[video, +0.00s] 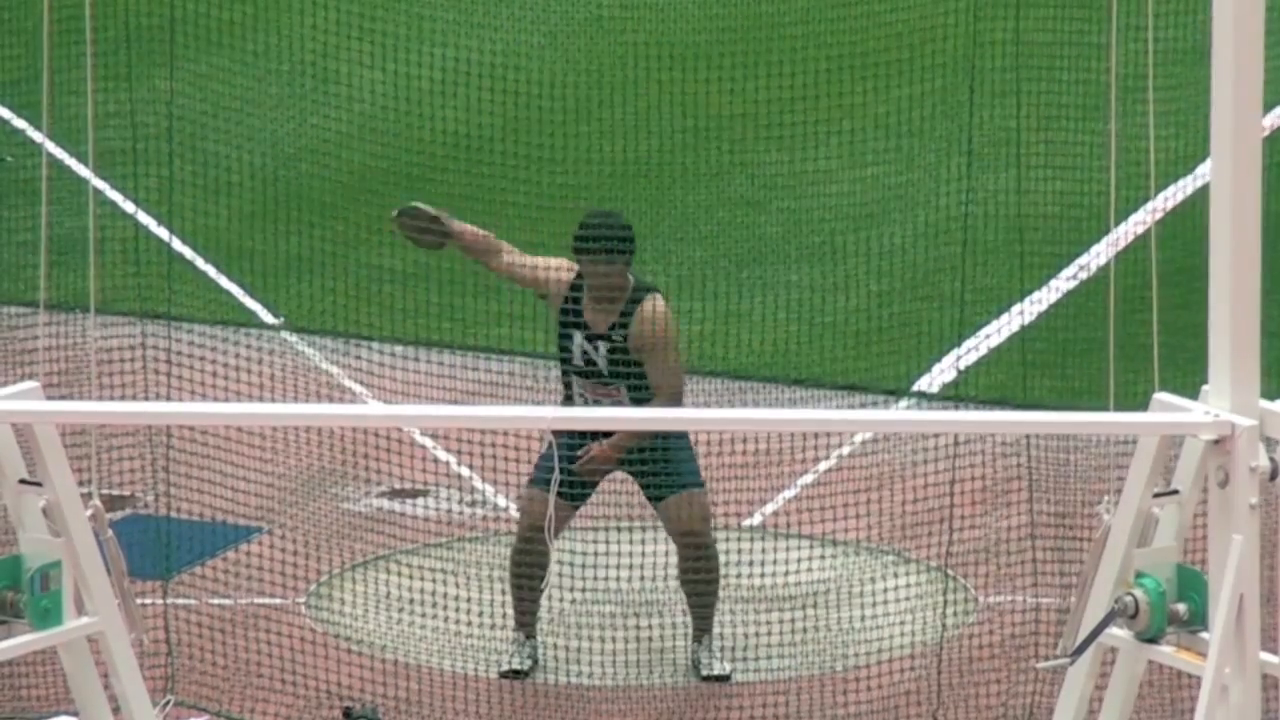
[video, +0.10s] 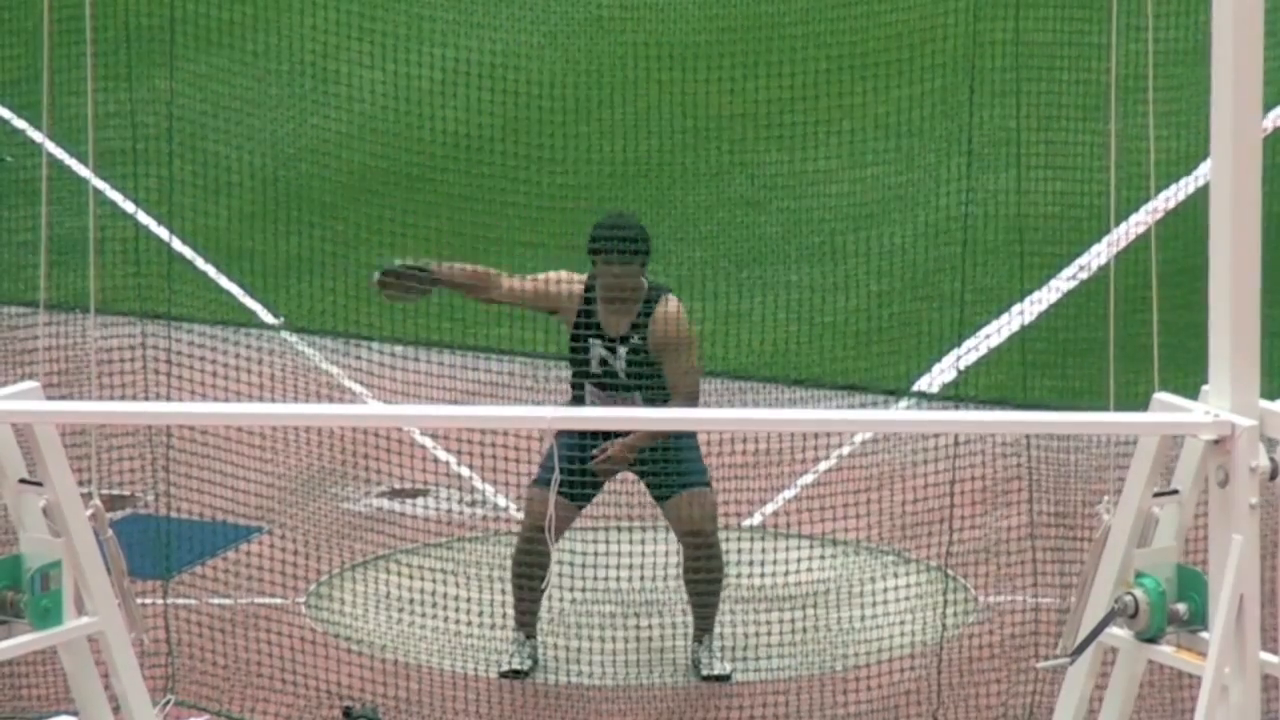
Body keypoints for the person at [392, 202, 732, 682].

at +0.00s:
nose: (601, 279)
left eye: (610, 270)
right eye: (592, 269)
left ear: (628, 265)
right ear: (580, 263)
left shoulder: (651, 314)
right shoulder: (561, 281)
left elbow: (669, 404)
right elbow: (500, 256)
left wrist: (616, 446)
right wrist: (449, 228)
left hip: (650, 431)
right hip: (583, 428)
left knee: (695, 533)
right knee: (532, 525)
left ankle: (705, 642)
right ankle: (525, 640)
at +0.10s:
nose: (617, 275)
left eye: (627, 265)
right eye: (608, 264)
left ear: (643, 266)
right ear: (594, 264)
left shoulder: (667, 316)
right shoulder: (569, 292)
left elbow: (687, 403)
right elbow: (498, 285)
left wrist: (634, 442)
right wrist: (429, 273)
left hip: (661, 431)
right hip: (588, 427)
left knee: (701, 531)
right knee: (536, 526)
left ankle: (705, 643)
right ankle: (524, 642)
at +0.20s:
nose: (632, 274)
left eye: (642, 264)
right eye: (623, 263)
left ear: (657, 267)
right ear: (607, 264)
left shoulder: (684, 316)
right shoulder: (581, 306)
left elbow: (703, 397)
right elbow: (512, 333)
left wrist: (654, 442)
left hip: (669, 429)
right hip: (596, 427)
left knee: (705, 529)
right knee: (542, 524)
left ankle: (706, 643)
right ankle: (524, 641)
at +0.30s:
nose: (644, 276)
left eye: (655, 266)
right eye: (635, 265)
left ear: (670, 267)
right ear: (619, 264)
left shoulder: (696, 312)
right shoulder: (595, 314)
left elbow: (716, 388)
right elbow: (550, 383)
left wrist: (676, 435)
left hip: (672, 434)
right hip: (599, 433)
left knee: (708, 527)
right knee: (543, 526)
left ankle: (705, 643)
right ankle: (525, 641)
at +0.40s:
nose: (650, 274)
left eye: (660, 265)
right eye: (641, 263)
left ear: (678, 266)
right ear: (627, 263)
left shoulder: (706, 306)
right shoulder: (608, 317)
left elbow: (722, 376)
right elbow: (608, 405)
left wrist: (698, 427)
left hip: (670, 433)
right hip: (604, 431)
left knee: (710, 527)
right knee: (545, 530)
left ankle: (704, 643)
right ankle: (525, 640)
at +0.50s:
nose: (656, 268)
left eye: (667, 258)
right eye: (647, 258)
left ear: (685, 261)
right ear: (635, 260)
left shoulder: (709, 298)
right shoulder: (618, 316)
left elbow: (723, 366)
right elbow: (658, 401)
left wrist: (724, 425)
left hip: (668, 432)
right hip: (602, 433)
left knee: (709, 523)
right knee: (552, 532)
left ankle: (704, 643)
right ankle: (525, 640)